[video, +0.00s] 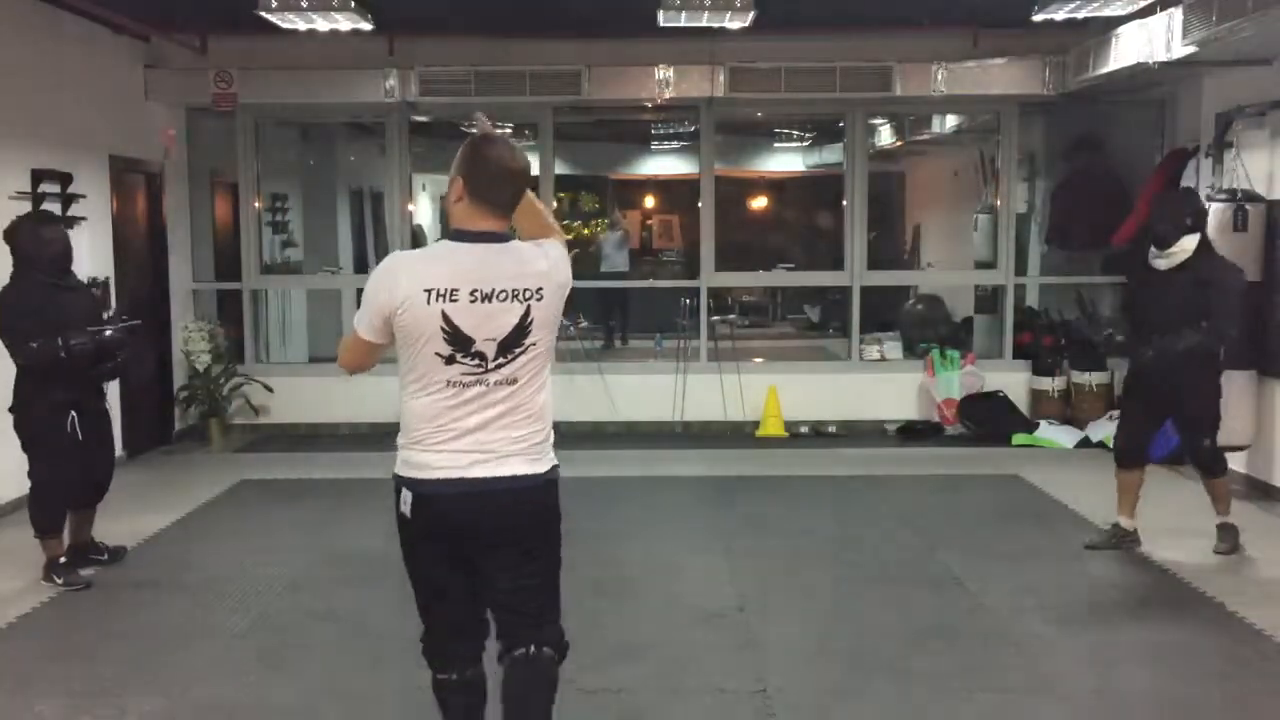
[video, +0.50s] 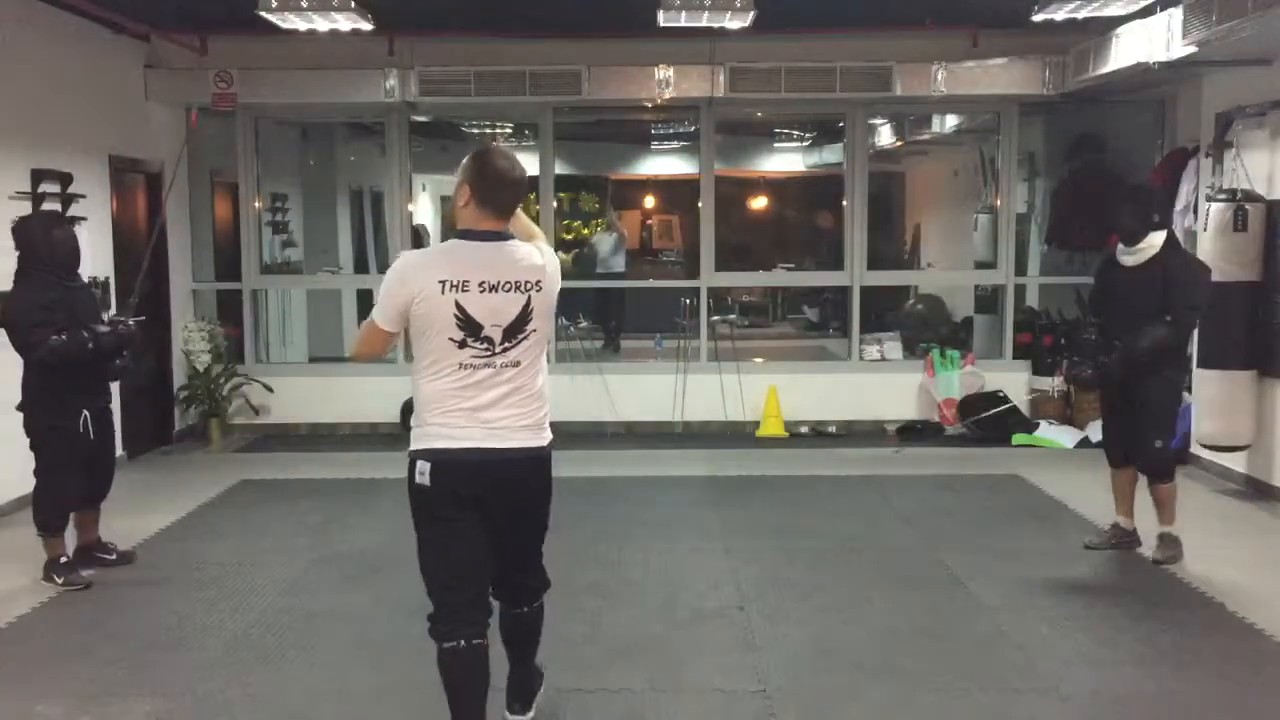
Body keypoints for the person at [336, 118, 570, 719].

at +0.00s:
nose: (447, 188)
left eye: (451, 180)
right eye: (452, 180)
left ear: (457, 189)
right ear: (518, 198)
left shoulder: (402, 272)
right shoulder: (548, 268)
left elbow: (353, 358)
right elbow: (541, 227)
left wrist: (399, 314)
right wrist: (505, 166)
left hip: (430, 490)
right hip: (524, 488)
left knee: (452, 646)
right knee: (531, 640)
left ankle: (464, 716)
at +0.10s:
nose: (441, 183)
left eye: (446, 175)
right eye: (448, 175)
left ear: (453, 185)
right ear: (513, 196)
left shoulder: (400, 267)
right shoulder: (541, 264)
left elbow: (353, 351)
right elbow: (536, 225)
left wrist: (405, 307)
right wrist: (499, 170)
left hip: (433, 480)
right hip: (524, 477)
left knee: (452, 629)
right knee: (532, 610)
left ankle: (465, 716)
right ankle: (527, 714)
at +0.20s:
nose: (441, 181)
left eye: (445, 173)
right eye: (447, 173)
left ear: (451, 184)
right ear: (510, 192)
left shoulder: (400, 263)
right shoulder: (537, 261)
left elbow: (355, 345)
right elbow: (534, 226)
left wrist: (405, 304)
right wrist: (497, 170)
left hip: (436, 475)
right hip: (525, 470)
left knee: (454, 627)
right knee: (530, 595)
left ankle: (466, 716)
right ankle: (528, 712)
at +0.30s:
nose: (441, 183)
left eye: (446, 175)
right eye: (447, 176)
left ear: (452, 186)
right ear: (510, 193)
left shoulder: (402, 263)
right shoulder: (535, 258)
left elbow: (357, 348)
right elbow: (532, 226)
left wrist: (401, 300)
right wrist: (499, 173)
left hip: (438, 470)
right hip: (524, 467)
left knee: (455, 620)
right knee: (529, 590)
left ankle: (465, 715)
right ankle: (533, 705)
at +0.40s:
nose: (448, 185)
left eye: (451, 178)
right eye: (452, 178)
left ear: (456, 189)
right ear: (513, 198)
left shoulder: (406, 265)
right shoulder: (537, 263)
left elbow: (362, 346)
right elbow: (532, 232)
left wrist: (399, 299)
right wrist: (497, 184)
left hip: (439, 463)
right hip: (523, 462)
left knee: (455, 614)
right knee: (526, 585)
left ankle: (466, 715)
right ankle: (529, 703)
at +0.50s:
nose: (455, 191)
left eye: (457, 184)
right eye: (459, 183)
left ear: (464, 194)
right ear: (519, 204)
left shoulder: (415, 268)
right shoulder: (541, 267)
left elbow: (367, 348)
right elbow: (535, 238)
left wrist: (402, 313)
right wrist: (502, 201)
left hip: (443, 459)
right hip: (525, 458)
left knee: (457, 607)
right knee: (521, 580)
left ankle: (468, 714)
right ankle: (522, 690)